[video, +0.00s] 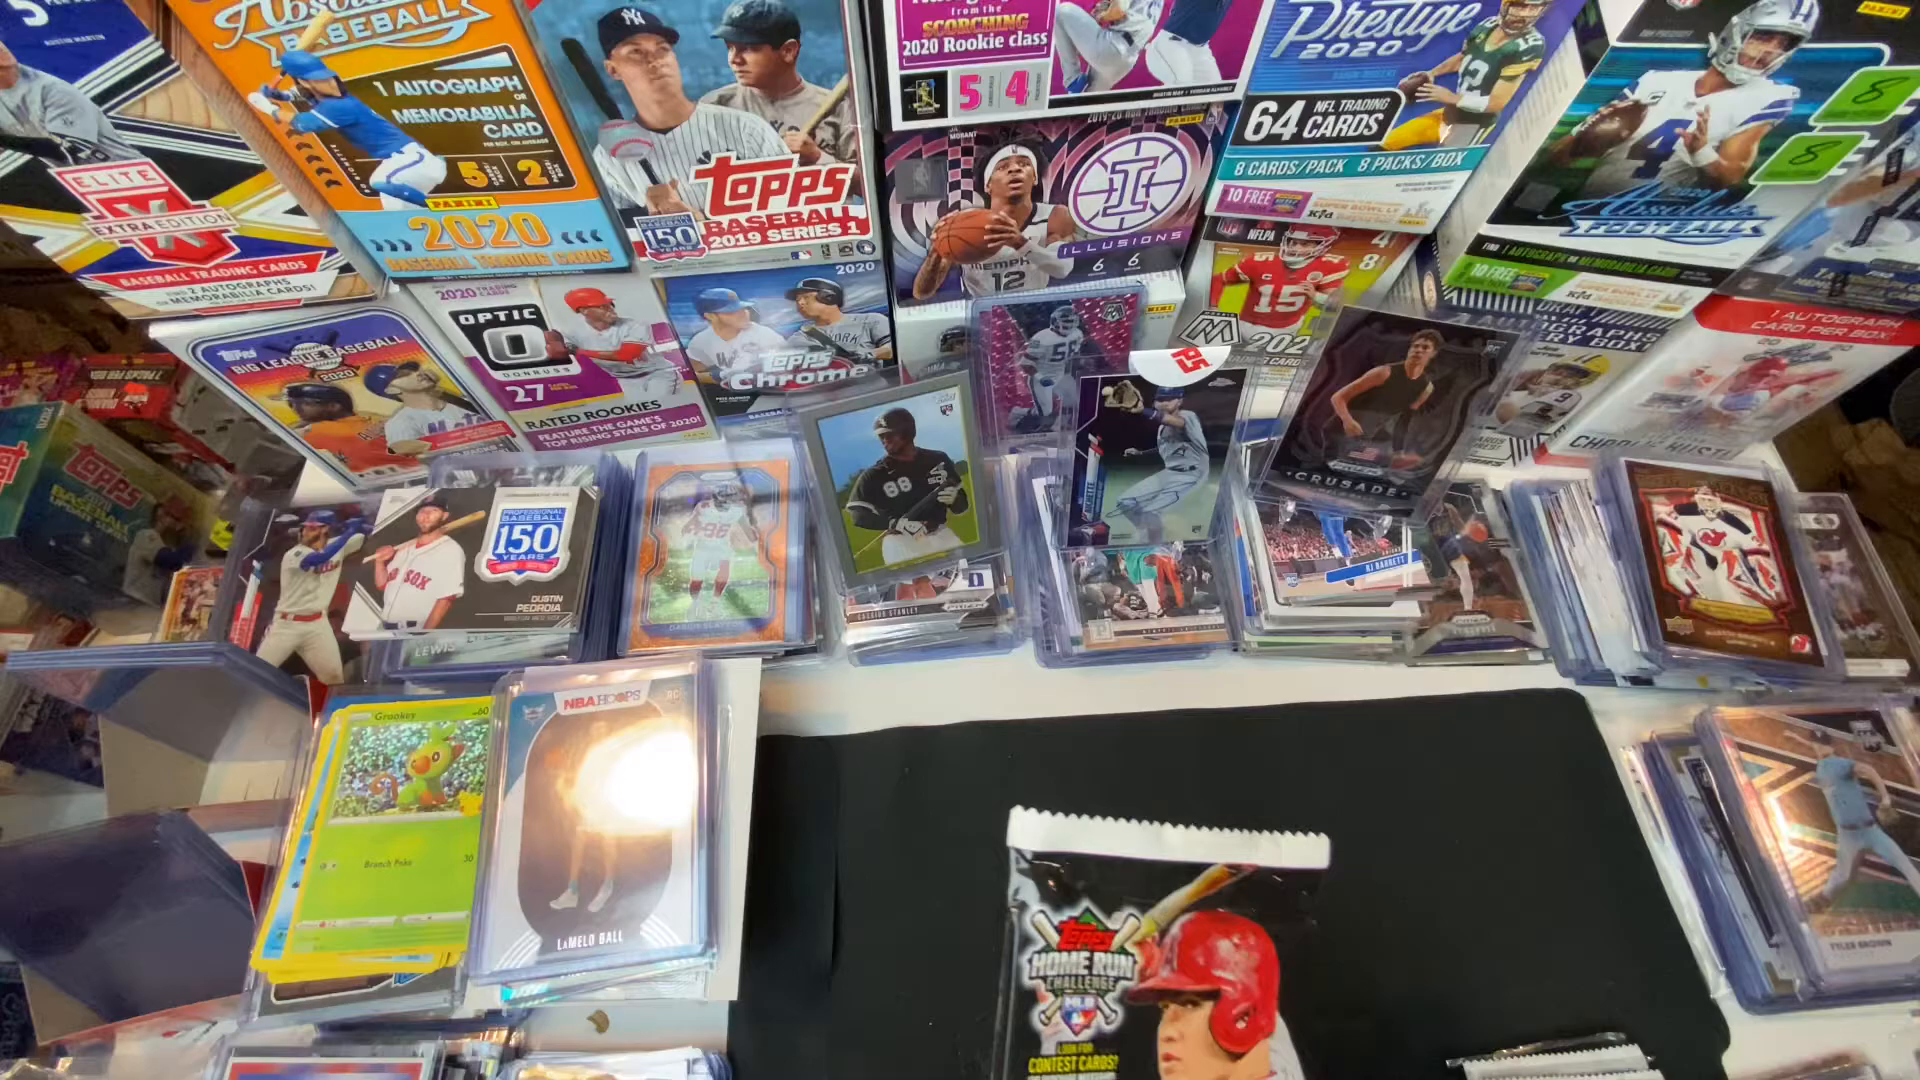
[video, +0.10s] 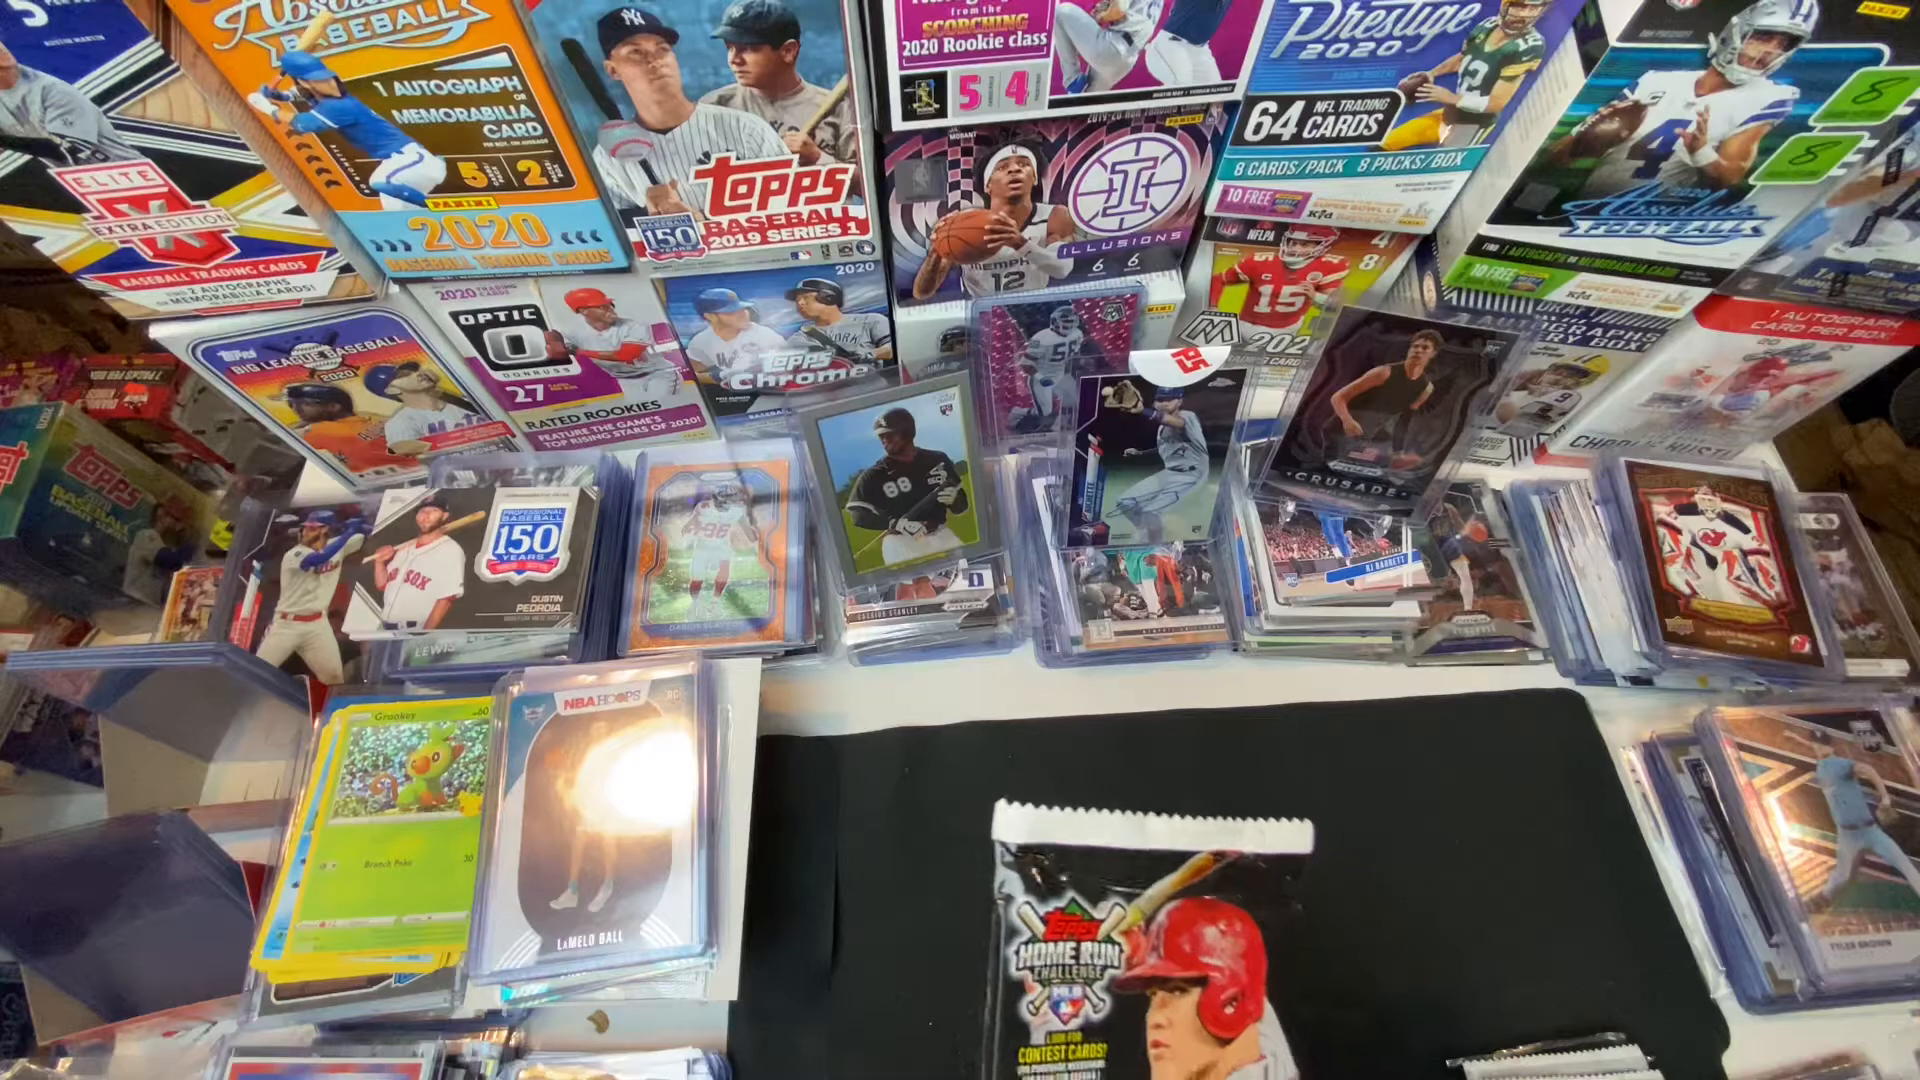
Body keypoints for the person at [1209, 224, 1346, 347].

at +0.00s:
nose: (1296, 249)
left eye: (1304, 244)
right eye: (1292, 242)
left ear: (1317, 248)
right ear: (1285, 242)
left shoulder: (1324, 270)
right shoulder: (1258, 264)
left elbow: (1337, 303)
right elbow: (1219, 280)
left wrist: (1316, 296)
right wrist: (1211, 311)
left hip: (1285, 335)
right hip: (1248, 330)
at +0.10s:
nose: (1296, 249)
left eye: (1304, 245)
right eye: (1292, 243)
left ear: (1316, 248)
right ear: (1284, 242)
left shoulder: (1323, 271)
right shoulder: (1258, 264)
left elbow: (1336, 303)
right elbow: (1218, 280)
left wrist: (1316, 296)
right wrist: (1211, 312)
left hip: (1284, 336)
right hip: (1248, 330)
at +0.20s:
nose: (1297, 249)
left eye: (1304, 244)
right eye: (1293, 242)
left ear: (1317, 247)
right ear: (1285, 242)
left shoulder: (1325, 269)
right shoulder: (1259, 263)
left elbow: (1337, 303)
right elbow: (1219, 279)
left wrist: (1316, 296)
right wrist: (1212, 310)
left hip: (1286, 334)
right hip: (1249, 329)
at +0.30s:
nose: (1296, 249)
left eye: (1304, 245)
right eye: (1293, 243)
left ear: (1317, 248)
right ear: (1285, 242)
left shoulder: (1324, 271)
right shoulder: (1258, 264)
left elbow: (1336, 304)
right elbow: (1218, 280)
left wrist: (1316, 296)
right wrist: (1211, 312)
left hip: (1285, 335)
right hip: (1248, 330)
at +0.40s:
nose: (1296, 249)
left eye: (1304, 244)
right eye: (1292, 243)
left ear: (1316, 248)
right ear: (1285, 242)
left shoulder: (1324, 270)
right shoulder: (1258, 264)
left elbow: (1336, 303)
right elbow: (1218, 280)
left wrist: (1316, 296)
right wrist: (1211, 312)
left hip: (1285, 334)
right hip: (1249, 329)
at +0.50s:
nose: (1296, 249)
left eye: (1304, 244)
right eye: (1293, 242)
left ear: (1317, 248)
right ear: (1285, 242)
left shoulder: (1325, 269)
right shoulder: (1258, 264)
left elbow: (1336, 304)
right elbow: (1219, 280)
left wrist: (1316, 296)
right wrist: (1211, 313)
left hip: (1287, 331)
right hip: (1250, 327)